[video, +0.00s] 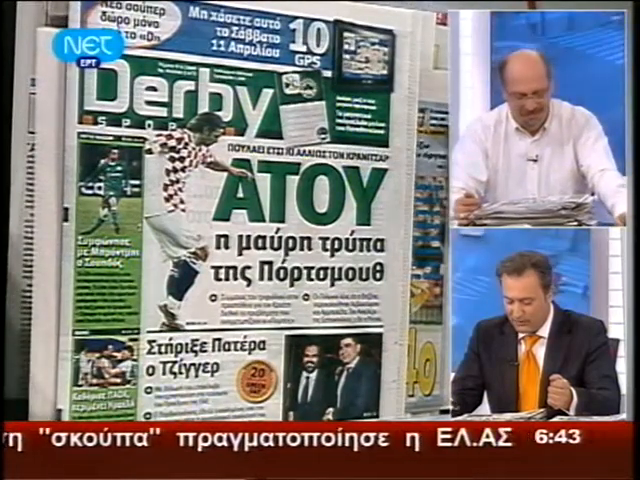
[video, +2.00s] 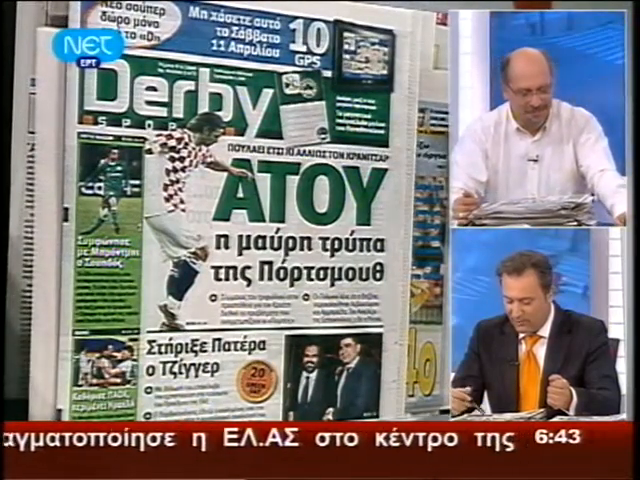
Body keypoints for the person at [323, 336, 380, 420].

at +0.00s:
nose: (343, 351)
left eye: (347, 346)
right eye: (341, 348)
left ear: (358, 348)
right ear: (339, 351)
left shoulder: (367, 368)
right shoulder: (340, 371)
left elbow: (360, 409)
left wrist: (335, 415)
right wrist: (330, 411)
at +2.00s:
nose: (343, 351)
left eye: (347, 346)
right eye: (341, 348)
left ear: (358, 348)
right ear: (339, 351)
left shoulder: (367, 368)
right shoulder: (340, 372)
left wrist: (335, 415)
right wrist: (331, 411)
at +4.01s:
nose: (343, 351)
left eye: (347, 346)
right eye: (341, 348)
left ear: (358, 348)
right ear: (339, 351)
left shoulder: (367, 368)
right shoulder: (341, 371)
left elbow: (361, 408)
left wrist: (335, 416)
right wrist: (331, 410)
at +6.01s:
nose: (343, 351)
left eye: (347, 346)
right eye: (341, 348)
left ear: (358, 348)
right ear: (339, 351)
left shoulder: (367, 368)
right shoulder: (341, 371)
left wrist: (335, 416)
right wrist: (331, 410)